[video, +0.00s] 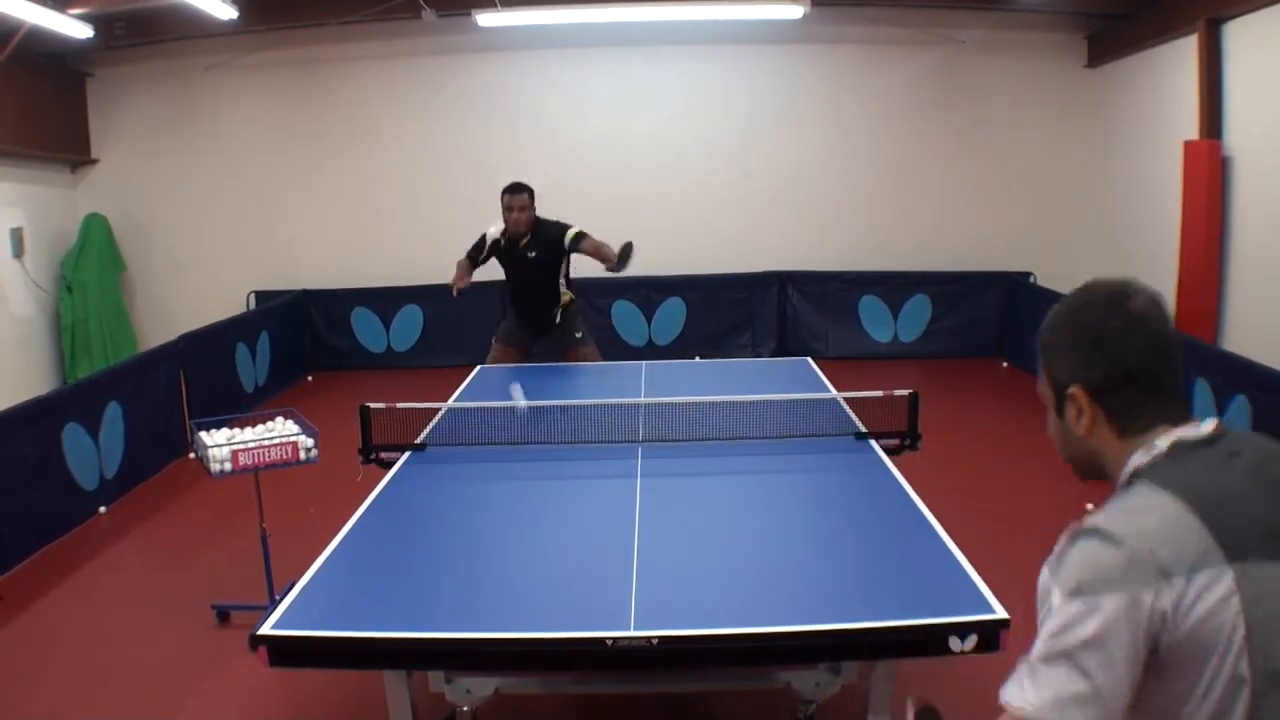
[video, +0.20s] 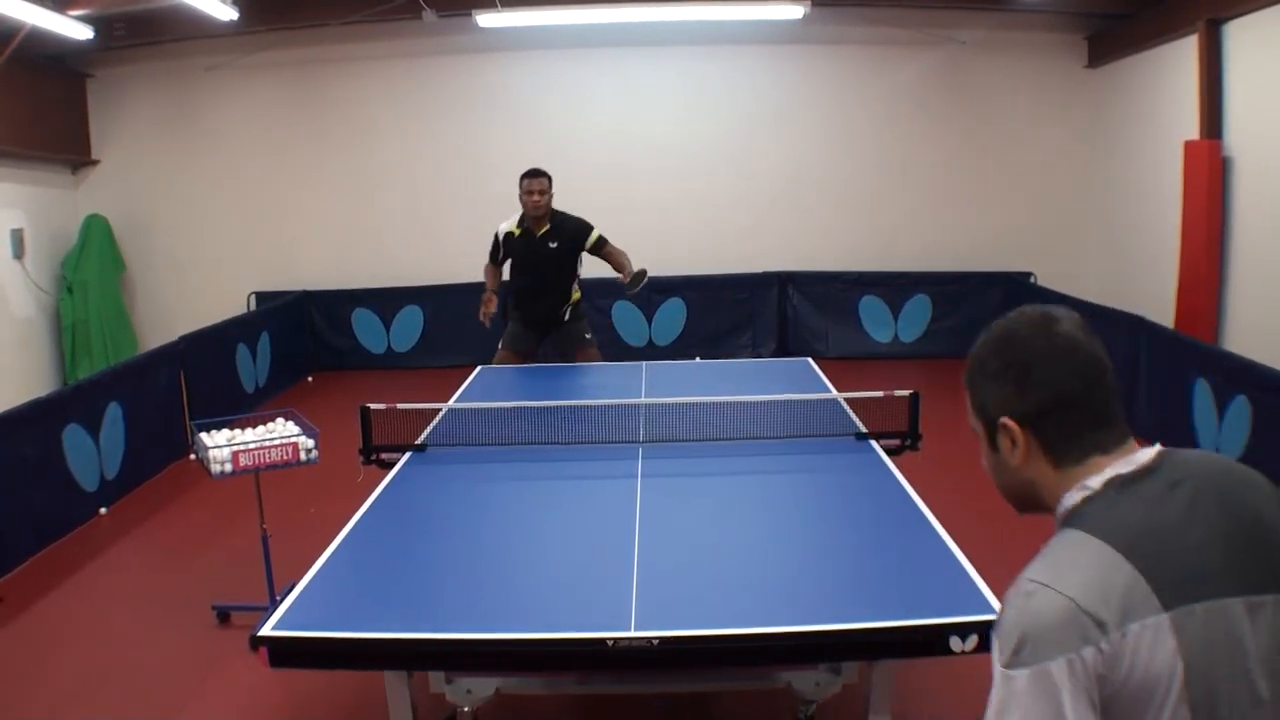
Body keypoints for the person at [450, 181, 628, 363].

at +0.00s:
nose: (516, 216)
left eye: (522, 209)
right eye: (509, 210)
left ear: (533, 210)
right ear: (502, 211)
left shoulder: (554, 232)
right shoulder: (496, 236)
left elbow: (590, 246)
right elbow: (469, 260)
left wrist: (612, 259)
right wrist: (462, 276)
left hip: (561, 314)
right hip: (520, 315)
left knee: (594, 374)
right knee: (493, 376)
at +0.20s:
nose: (536, 199)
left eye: (542, 193)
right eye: (529, 193)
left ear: (551, 195)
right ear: (520, 197)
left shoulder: (572, 227)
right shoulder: (507, 232)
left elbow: (608, 251)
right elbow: (494, 264)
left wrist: (627, 271)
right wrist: (491, 292)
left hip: (567, 316)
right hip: (524, 318)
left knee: (595, 375)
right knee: (499, 378)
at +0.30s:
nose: (547, 193)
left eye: (553, 187)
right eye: (541, 187)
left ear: (563, 190)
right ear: (531, 190)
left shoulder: (581, 224)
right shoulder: (515, 225)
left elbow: (610, 257)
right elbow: (501, 260)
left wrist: (624, 283)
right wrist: (501, 289)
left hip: (570, 315)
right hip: (525, 314)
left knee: (597, 378)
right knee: (498, 378)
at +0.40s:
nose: (553, 191)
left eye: (559, 186)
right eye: (546, 185)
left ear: (568, 190)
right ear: (536, 188)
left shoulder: (584, 227)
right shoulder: (517, 222)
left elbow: (606, 265)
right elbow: (494, 255)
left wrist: (609, 298)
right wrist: (501, 284)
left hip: (569, 316)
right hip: (524, 313)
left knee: (594, 379)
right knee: (495, 377)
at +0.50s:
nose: (546, 195)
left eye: (553, 190)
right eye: (540, 190)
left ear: (562, 194)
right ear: (531, 193)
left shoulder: (579, 232)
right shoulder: (512, 226)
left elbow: (595, 273)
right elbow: (481, 258)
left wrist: (589, 311)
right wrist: (486, 283)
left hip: (563, 322)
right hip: (518, 319)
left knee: (596, 378)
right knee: (491, 379)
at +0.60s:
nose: (524, 199)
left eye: (531, 194)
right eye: (518, 194)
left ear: (541, 199)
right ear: (510, 198)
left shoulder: (560, 235)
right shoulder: (493, 234)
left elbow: (579, 276)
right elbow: (468, 267)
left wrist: (568, 319)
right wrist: (468, 288)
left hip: (552, 328)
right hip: (507, 328)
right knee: (488, 385)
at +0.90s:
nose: (452, 181)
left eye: (459, 174)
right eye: (445, 176)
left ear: (473, 177)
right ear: (439, 182)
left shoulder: (499, 212)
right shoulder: (433, 226)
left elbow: (527, 255)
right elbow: (427, 263)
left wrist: (542, 305)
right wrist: (429, 283)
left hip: (506, 307)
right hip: (462, 311)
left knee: (516, 374)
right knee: (461, 375)